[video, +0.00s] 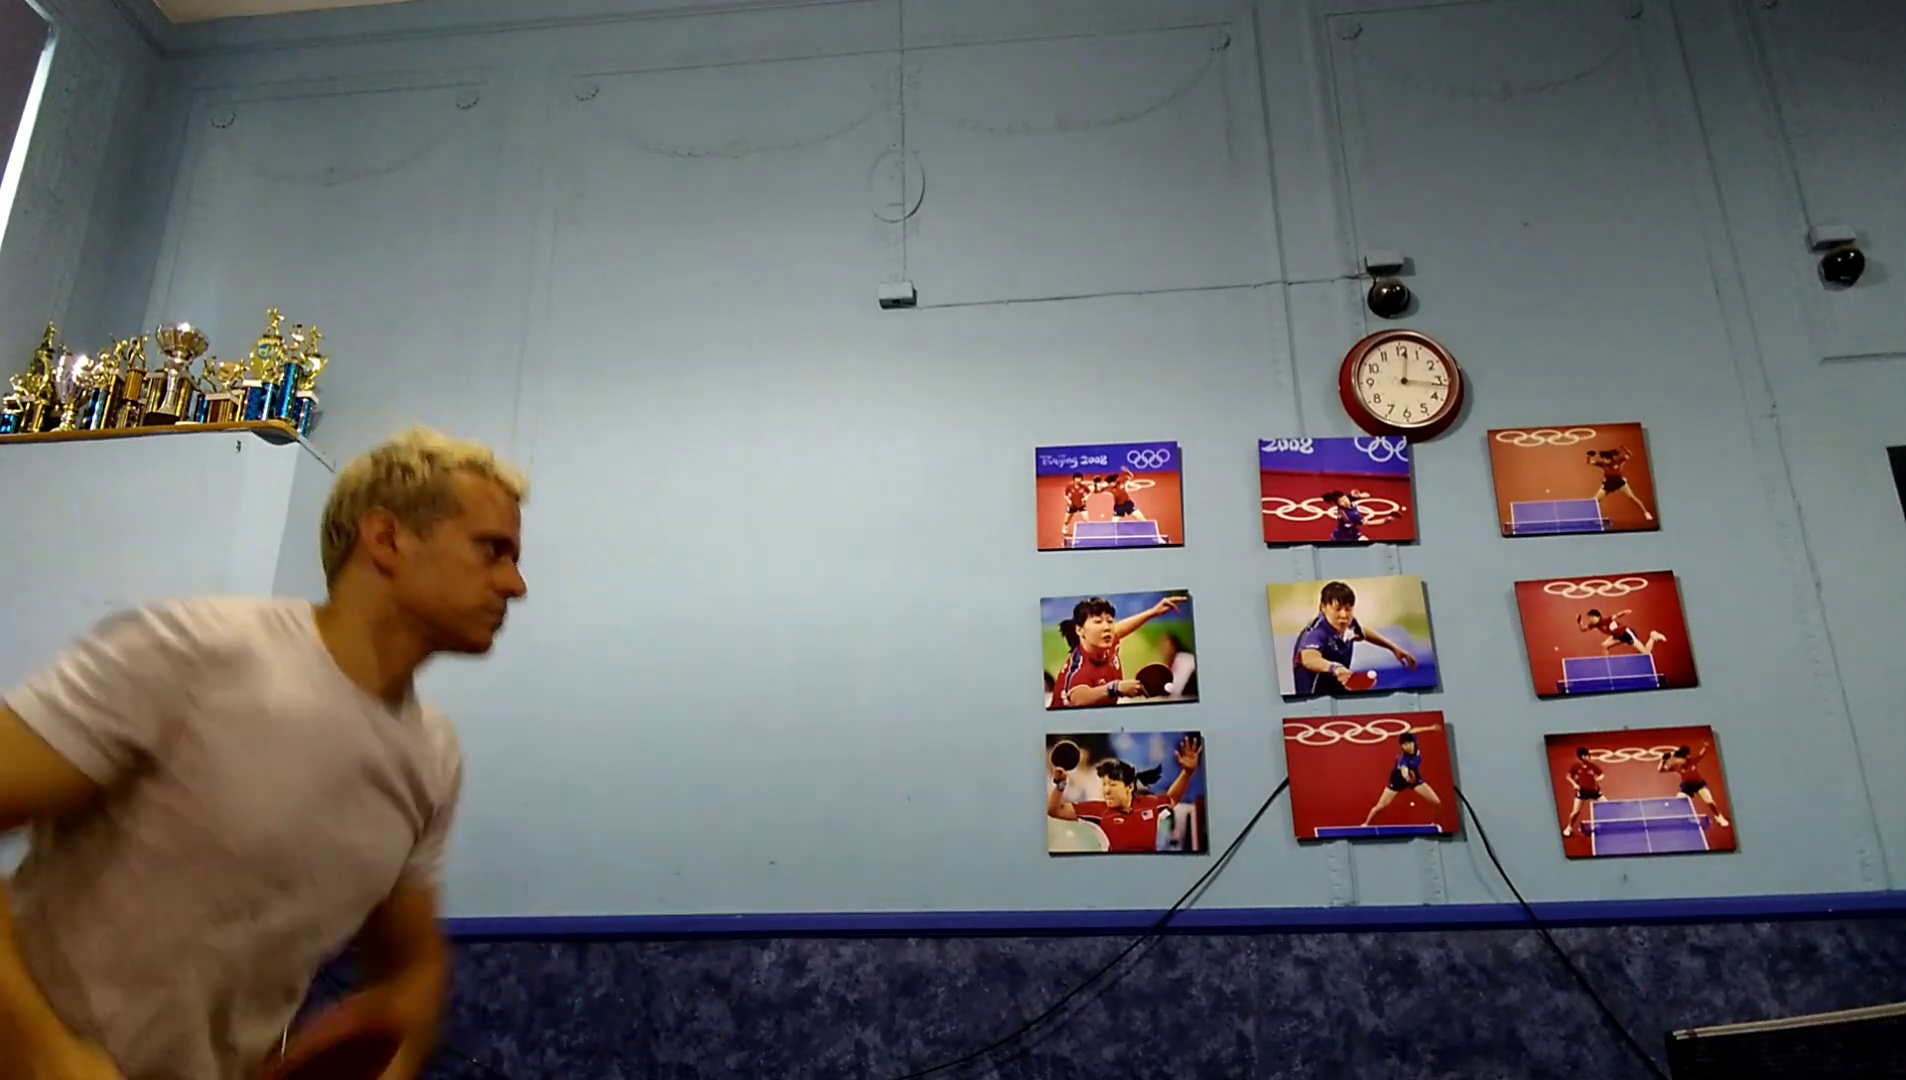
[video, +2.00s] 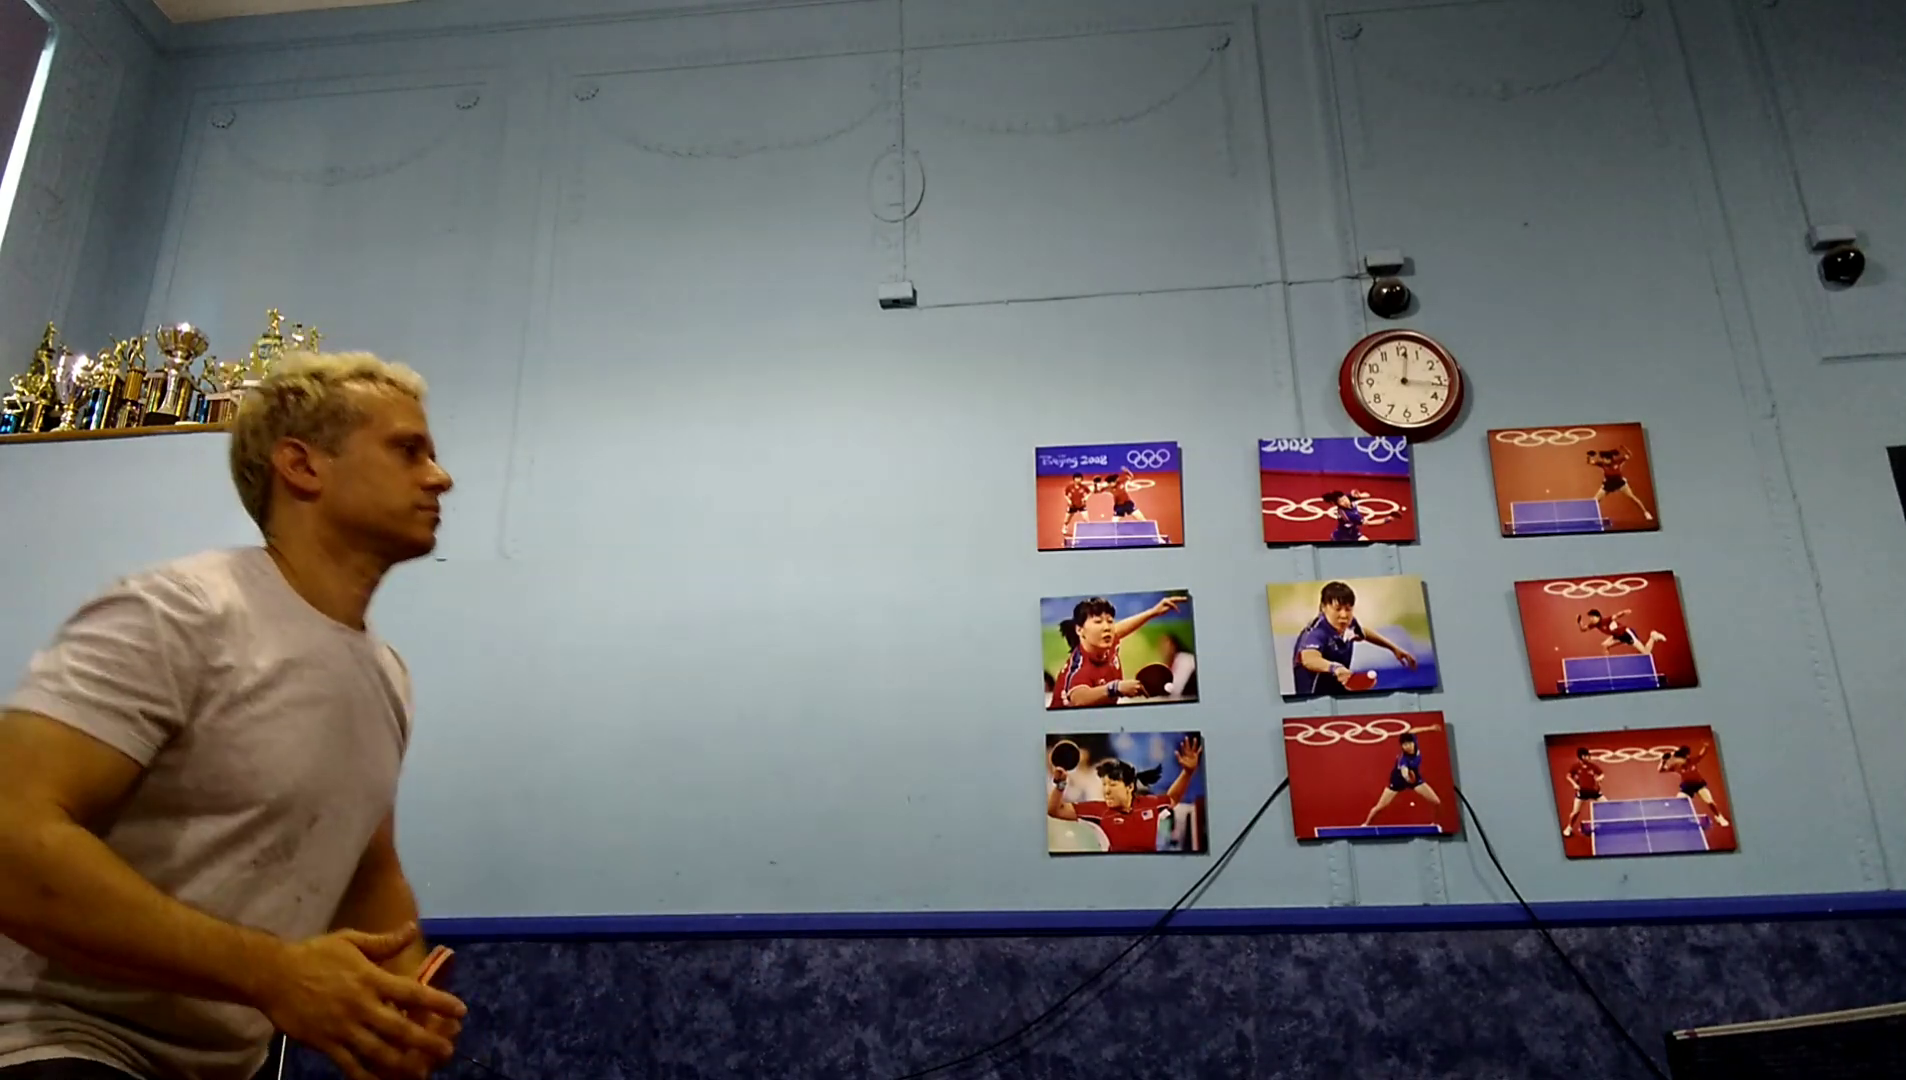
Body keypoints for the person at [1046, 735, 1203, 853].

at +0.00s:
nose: (1107, 790)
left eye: (1113, 785)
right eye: (1104, 785)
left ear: (1130, 787)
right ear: (1101, 786)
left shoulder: (1151, 804)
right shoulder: (1100, 810)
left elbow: (1172, 798)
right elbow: (1055, 811)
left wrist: (1188, 771)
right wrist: (1059, 785)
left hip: (1150, 872)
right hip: (1114, 873)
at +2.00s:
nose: (1107, 790)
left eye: (1113, 785)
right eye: (1104, 785)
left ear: (1130, 787)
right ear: (1101, 787)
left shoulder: (1151, 805)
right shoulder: (1100, 811)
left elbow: (1172, 798)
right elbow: (1055, 811)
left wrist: (1188, 771)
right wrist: (1059, 785)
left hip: (1151, 872)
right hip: (1115, 874)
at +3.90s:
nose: (1107, 790)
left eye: (1113, 785)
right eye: (1104, 785)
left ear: (1130, 788)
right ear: (1101, 787)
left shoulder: (1151, 804)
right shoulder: (1100, 811)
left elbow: (1172, 798)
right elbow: (1055, 811)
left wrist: (1188, 771)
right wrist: (1059, 785)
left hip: (1152, 872)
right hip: (1117, 874)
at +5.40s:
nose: (1107, 790)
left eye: (1113, 785)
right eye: (1104, 785)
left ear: (1130, 787)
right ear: (1101, 786)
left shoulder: (1151, 804)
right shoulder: (1100, 810)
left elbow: (1173, 798)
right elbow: (1055, 811)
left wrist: (1188, 772)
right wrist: (1059, 785)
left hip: (1151, 872)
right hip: (1116, 874)